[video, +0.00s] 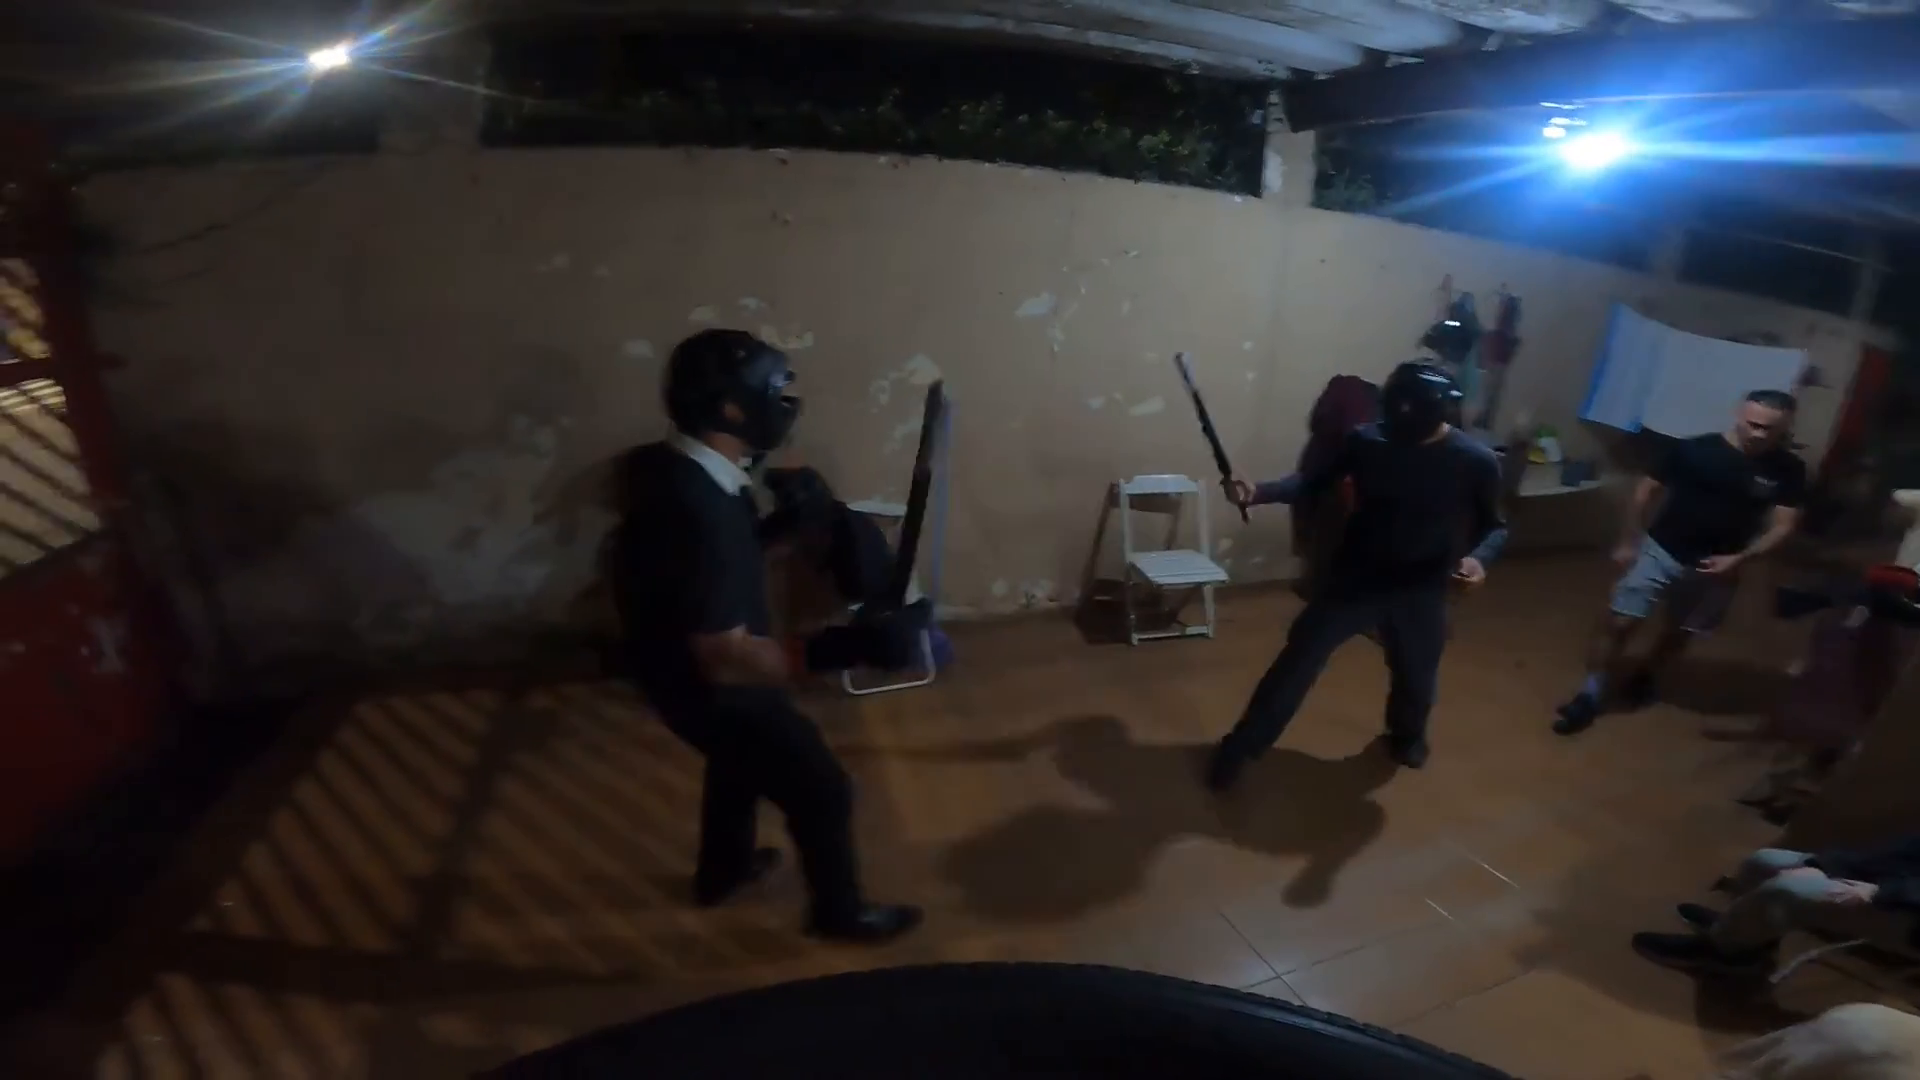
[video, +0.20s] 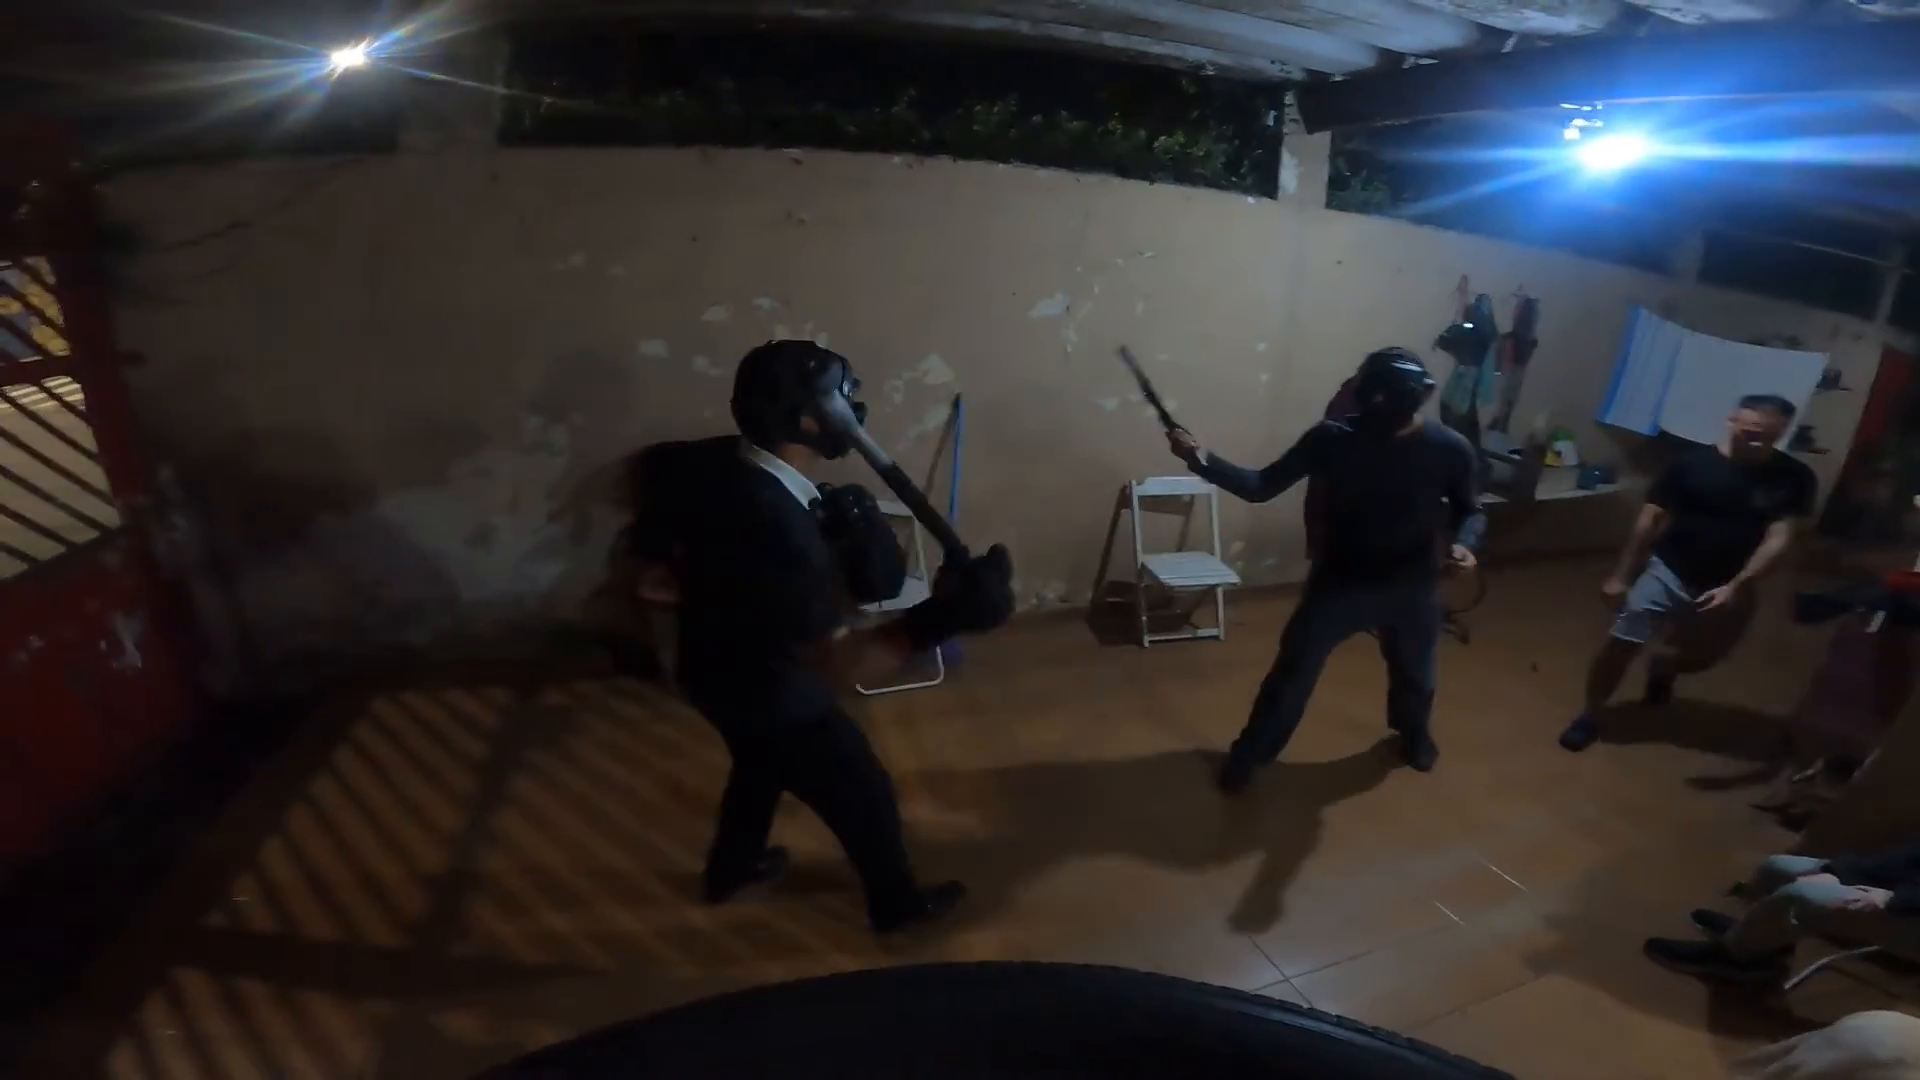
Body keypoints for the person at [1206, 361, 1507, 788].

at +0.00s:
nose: (1395, 420)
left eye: (1406, 412)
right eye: (1392, 410)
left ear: (1434, 414)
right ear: (1388, 406)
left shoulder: (1475, 463)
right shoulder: (1366, 445)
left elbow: (1495, 527)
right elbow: (1314, 483)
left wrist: (1479, 557)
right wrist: (1259, 493)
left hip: (1421, 589)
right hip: (1354, 578)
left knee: (1417, 680)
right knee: (1299, 659)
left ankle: (1407, 740)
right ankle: (1238, 749)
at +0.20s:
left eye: (1380, 399)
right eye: (1372, 397)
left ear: (1408, 405)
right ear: (1371, 400)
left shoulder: (1449, 452)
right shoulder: (1332, 440)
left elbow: (1471, 509)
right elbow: (1261, 485)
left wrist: (1465, 543)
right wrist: (1200, 458)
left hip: (1410, 586)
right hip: (1339, 583)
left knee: (1416, 676)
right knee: (1293, 671)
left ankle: (1415, 738)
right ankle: (1246, 760)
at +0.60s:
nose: (1410, 428)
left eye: (1419, 416)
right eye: (1402, 415)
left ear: (1432, 414)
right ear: (1381, 410)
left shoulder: (1451, 464)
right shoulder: (1340, 450)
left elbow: (1462, 528)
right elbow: (1314, 527)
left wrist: (1445, 576)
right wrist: (1348, 575)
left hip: (1401, 589)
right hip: (1332, 580)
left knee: (1398, 681)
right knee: (1283, 658)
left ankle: (1389, 737)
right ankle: (1247, 754)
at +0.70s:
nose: (1406, 457)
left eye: (1413, 445)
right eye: (1397, 444)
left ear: (1424, 438)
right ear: (1372, 436)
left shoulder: (1444, 481)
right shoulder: (1333, 471)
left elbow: (1461, 543)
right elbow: (1277, 538)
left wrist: (1447, 602)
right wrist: (1312, 587)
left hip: (1402, 608)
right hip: (1331, 599)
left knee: (1407, 690)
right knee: (1279, 682)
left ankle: (1385, 736)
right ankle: (1228, 756)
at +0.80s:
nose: (1385, 485)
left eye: (1393, 472)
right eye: (1376, 471)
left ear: (1407, 464)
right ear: (1357, 461)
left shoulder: (1432, 493)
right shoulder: (1323, 495)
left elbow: (1459, 546)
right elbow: (1251, 548)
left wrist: (1466, 601)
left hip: (1402, 602)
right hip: (1332, 602)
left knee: (1431, 688)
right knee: (1282, 690)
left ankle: (1388, 738)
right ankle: (1215, 762)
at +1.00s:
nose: (1382, 534)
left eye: (1388, 522)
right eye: (1371, 527)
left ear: (1397, 517)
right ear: (1350, 523)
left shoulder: (1416, 525)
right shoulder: (1318, 541)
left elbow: (1455, 524)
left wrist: (1480, 533)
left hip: (1398, 622)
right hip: (1329, 624)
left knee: (1456, 697)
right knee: (1285, 703)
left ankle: (1411, 734)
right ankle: (1218, 770)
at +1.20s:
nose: (1408, 510)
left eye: (1415, 501)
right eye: (1399, 499)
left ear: (1429, 494)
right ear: (1381, 491)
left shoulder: (1458, 521)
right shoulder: (1347, 520)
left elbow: (1499, 570)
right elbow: (1311, 575)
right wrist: (1273, 631)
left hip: (1419, 629)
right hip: (1351, 624)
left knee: (1449, 723)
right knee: (1295, 702)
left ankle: (1410, 745)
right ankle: (1219, 775)